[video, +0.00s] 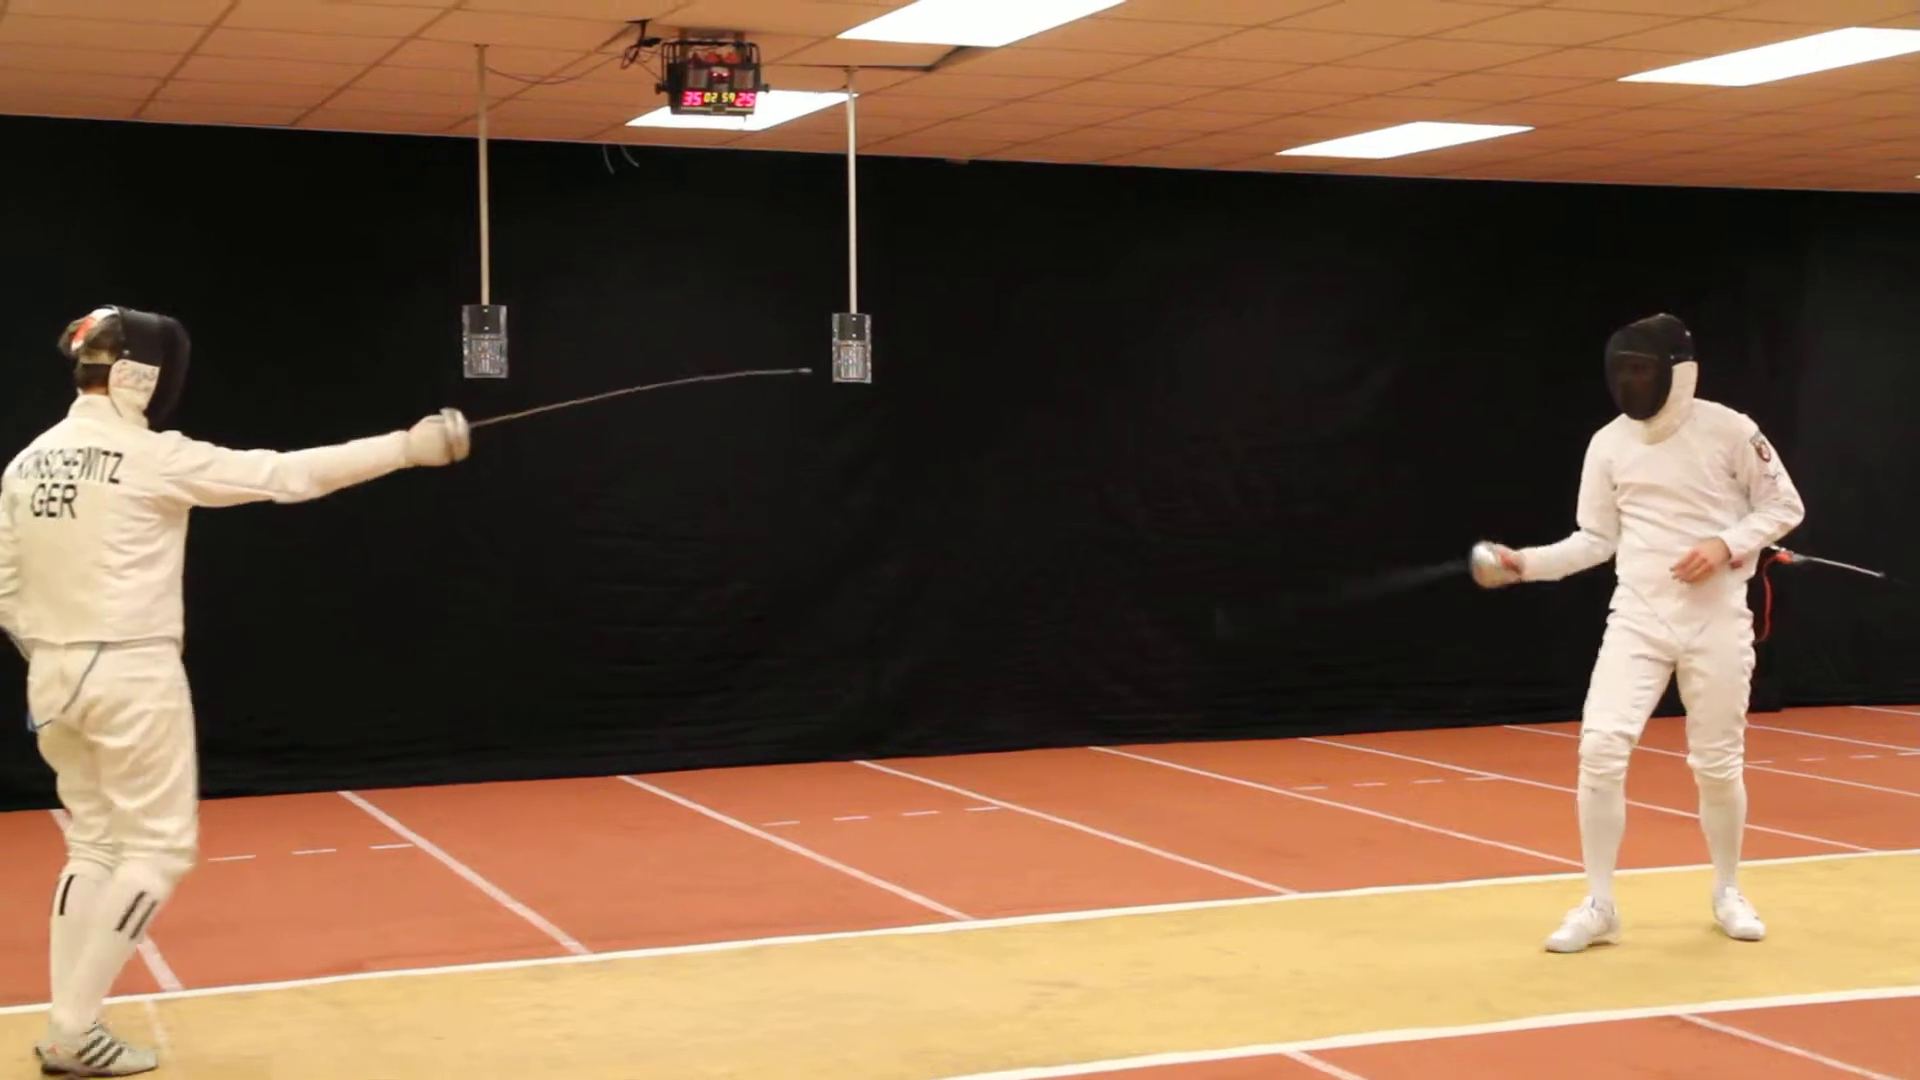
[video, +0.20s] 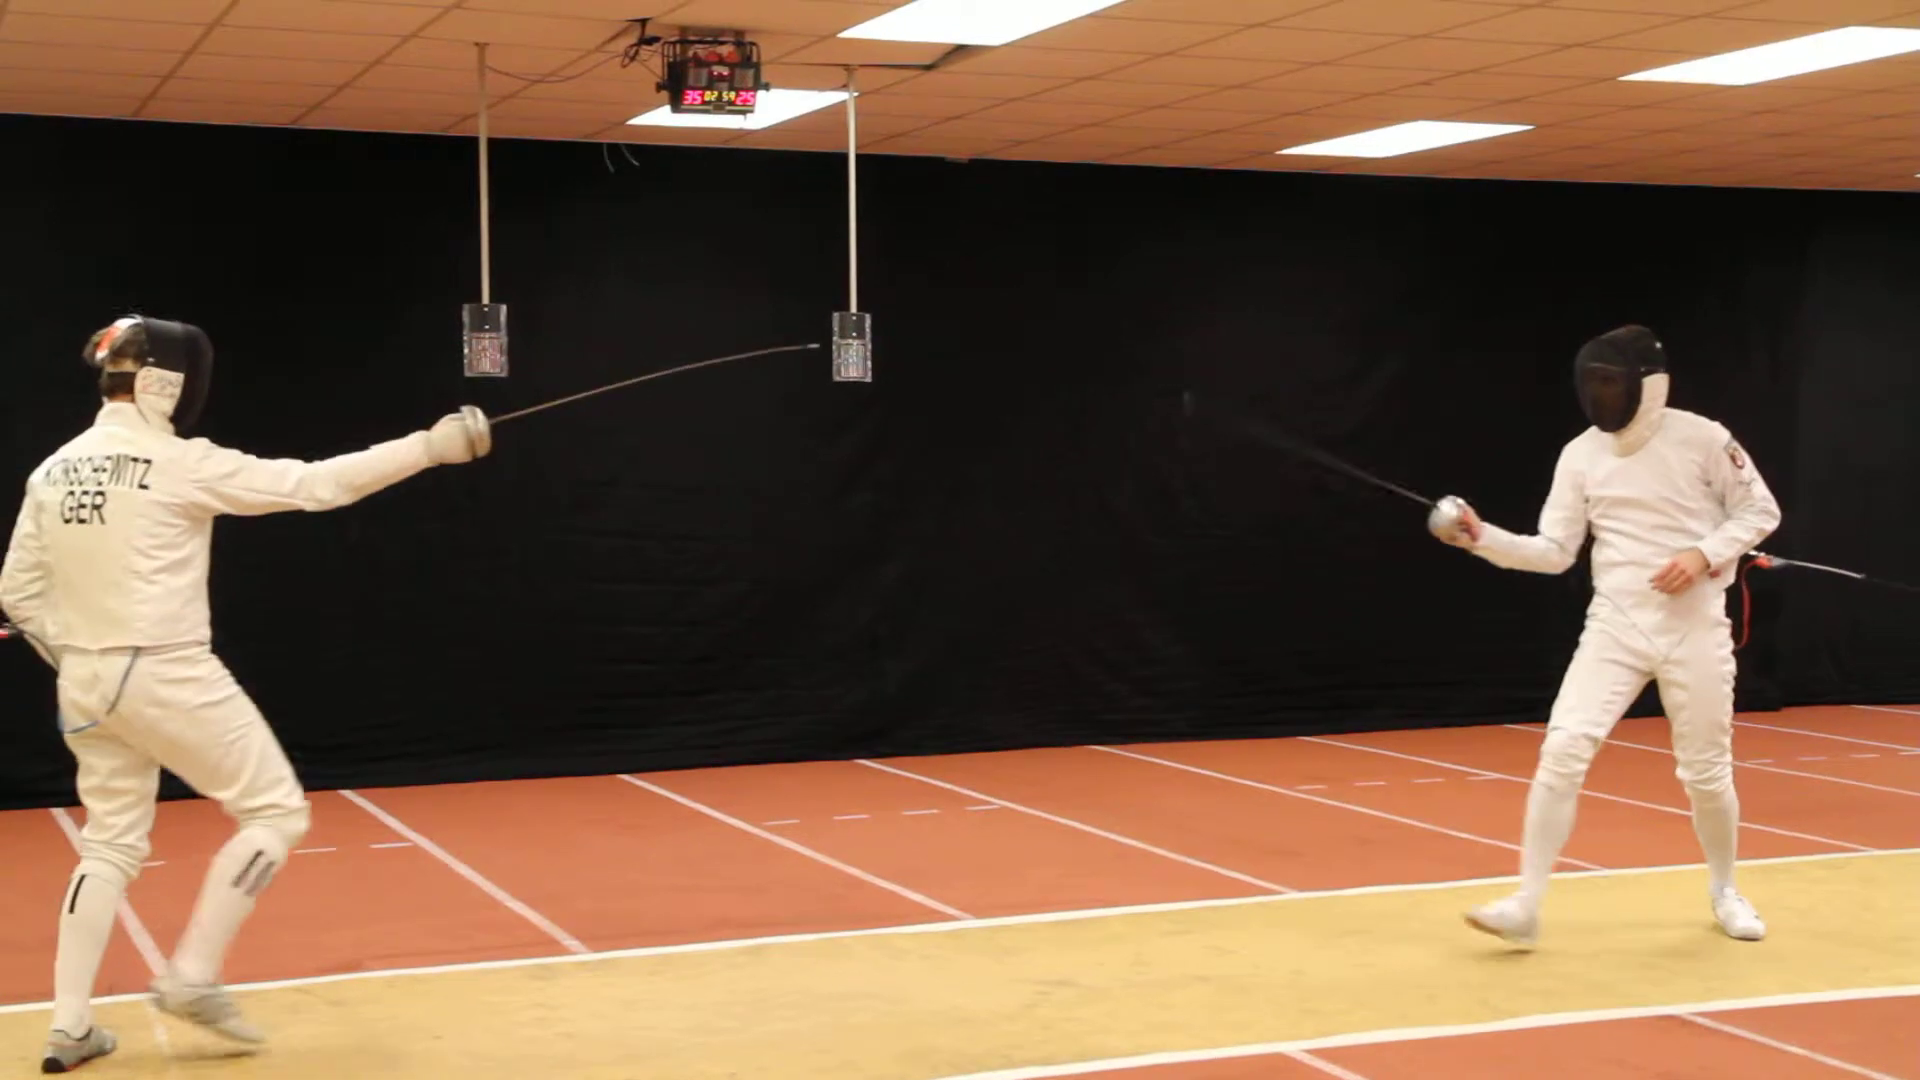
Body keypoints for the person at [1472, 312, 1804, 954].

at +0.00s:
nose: (1628, 384)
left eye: (1642, 372)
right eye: (1621, 372)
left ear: (1680, 371)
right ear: (1615, 372)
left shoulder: (1730, 433)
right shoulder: (1608, 446)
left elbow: (1784, 507)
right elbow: (1597, 538)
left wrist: (1726, 545)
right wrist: (1526, 563)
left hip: (1715, 626)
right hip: (1635, 622)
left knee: (1717, 766)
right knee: (1599, 752)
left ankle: (1728, 893)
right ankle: (1599, 905)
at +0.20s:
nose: (1601, 396)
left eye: (1614, 383)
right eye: (1594, 383)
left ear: (1652, 383)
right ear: (1590, 384)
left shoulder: (1703, 441)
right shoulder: (1581, 457)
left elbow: (1760, 511)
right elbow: (1554, 552)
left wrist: (1704, 556)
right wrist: (1481, 536)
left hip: (1695, 631)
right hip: (1614, 627)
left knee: (1707, 775)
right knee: (1561, 755)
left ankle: (1725, 892)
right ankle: (1526, 905)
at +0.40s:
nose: (1541, 412)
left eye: (1555, 399)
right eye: (1534, 399)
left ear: (1593, 399)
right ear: (1528, 399)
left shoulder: (1646, 456)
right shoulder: (1523, 468)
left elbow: (1702, 528)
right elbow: (1468, 550)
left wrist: (1652, 579)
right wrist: (1390, 545)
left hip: (1642, 650)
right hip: (1557, 645)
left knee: (1676, 785)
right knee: (1502, 766)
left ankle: (1717, 890)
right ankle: (1478, 920)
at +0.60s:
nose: (1486, 390)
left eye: (1499, 378)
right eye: (1480, 377)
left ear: (1537, 380)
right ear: (1477, 380)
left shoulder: (1592, 437)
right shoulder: (1470, 449)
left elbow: (1643, 511)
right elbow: (1415, 533)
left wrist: (1595, 560)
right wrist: (1336, 522)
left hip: (1589, 634)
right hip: (1504, 630)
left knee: (1625, 781)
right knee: (1472, 765)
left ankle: (1606, 881)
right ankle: (1472, 917)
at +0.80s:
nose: (1452, 402)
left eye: (1465, 389)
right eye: (1446, 389)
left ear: (1504, 391)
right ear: (1440, 391)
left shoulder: (1560, 447)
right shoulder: (1436, 461)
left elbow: (1618, 517)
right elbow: (1368, 533)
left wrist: (1566, 580)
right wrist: (1291, 505)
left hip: (1559, 645)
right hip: (1473, 643)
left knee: (1577, 790)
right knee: (1423, 771)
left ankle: (1565, 904)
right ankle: (1370, 922)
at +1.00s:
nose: (1390, 415)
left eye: (1403, 403)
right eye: (1385, 402)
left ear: (1442, 406)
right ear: (1381, 404)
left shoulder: (1500, 465)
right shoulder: (1372, 473)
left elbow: (1557, 546)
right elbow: (1291, 519)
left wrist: (1561, 638)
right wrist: (1205, 505)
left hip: (1504, 658)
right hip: (1416, 659)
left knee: (1558, 801)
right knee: (1354, 774)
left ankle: (1562, 892)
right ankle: (1343, 935)